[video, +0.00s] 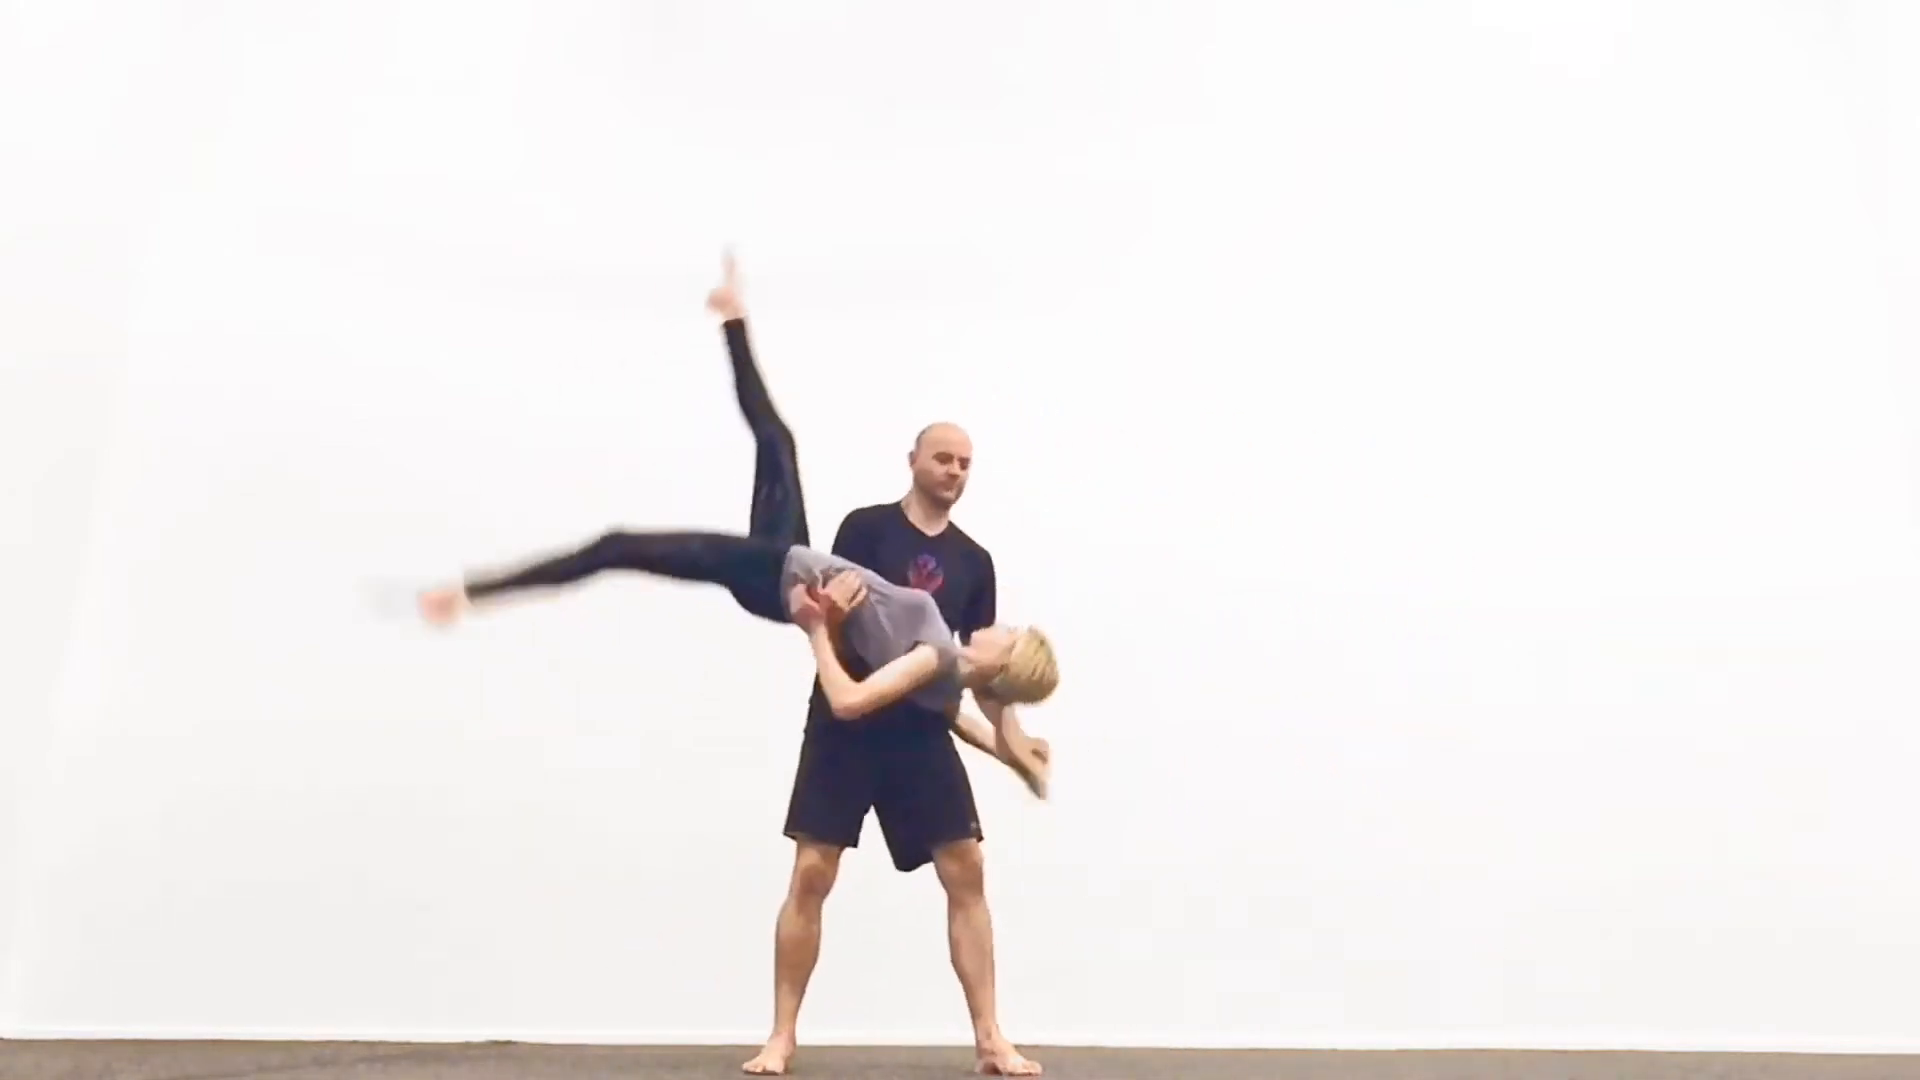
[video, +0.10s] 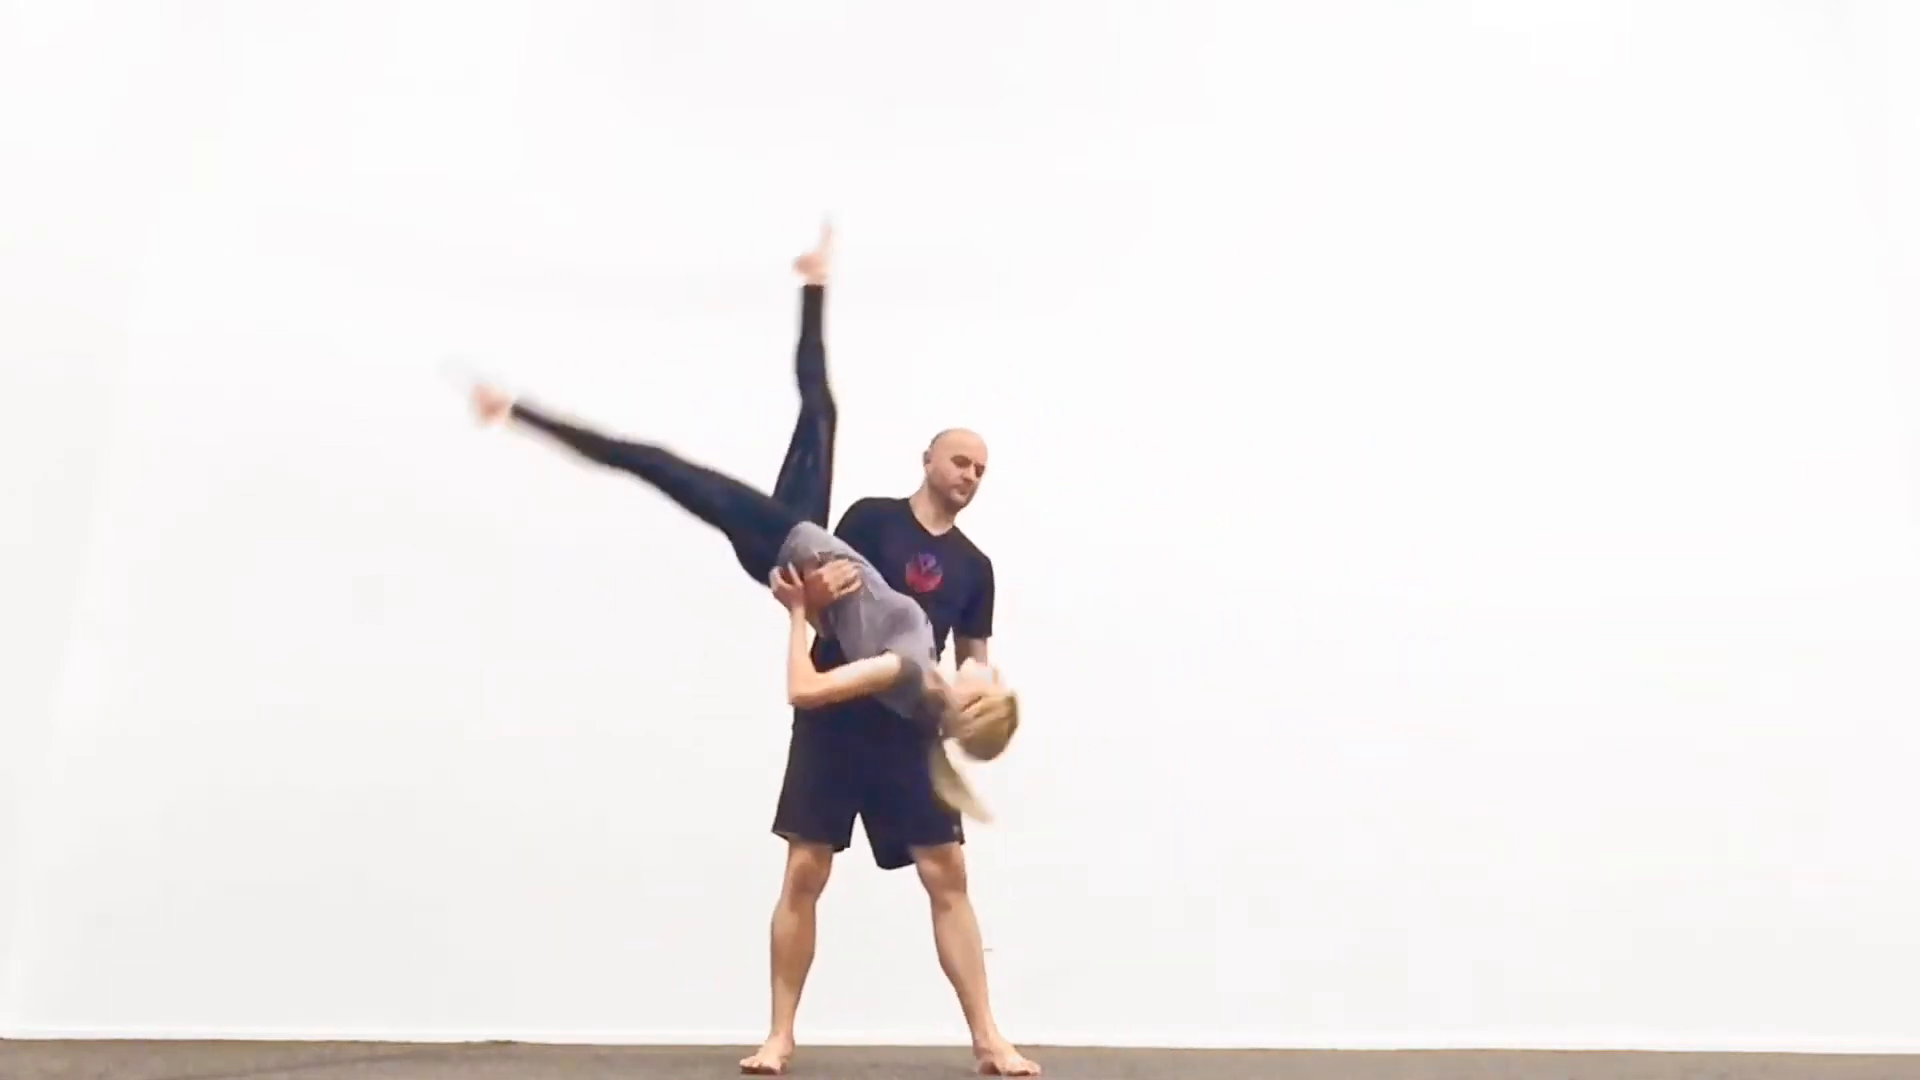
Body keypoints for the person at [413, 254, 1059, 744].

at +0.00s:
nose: (987, 636)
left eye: (996, 646)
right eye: (999, 634)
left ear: (994, 671)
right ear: (998, 646)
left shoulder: (932, 662)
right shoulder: (960, 650)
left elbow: (846, 702)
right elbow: (974, 721)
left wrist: (823, 629)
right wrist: (1018, 756)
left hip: (761, 578)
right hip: (792, 553)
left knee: (618, 547)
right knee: (775, 444)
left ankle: (469, 595)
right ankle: (736, 325)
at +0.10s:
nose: (973, 683)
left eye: (975, 692)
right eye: (982, 685)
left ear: (964, 712)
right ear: (974, 696)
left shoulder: (903, 668)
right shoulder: (935, 681)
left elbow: (806, 694)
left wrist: (800, 615)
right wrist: (830, 590)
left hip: (770, 546)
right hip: (807, 531)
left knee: (652, 463)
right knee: (818, 414)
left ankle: (512, 411)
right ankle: (814, 285)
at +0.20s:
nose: (932, 722)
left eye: (927, 728)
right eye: (936, 726)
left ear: (904, 737)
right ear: (929, 727)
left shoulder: (872, 675)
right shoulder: (902, 682)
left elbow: (772, 672)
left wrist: (780, 591)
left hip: (786, 521)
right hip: (827, 512)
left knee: (712, 400)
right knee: (873, 398)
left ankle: (634, 298)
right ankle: (912, 282)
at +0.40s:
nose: (873, 757)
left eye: (853, 760)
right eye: (873, 768)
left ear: (828, 740)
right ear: (859, 752)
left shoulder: (831, 679)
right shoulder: (884, 713)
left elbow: (736, 646)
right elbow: (932, 724)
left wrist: (772, 567)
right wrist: (930, 715)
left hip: (829, 496)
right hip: (870, 509)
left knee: (869, 364)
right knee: (987, 455)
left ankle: (902, 240)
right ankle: (1102, 401)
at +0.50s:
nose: (850, 770)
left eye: (833, 772)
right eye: (848, 779)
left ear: (807, 747)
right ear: (844, 759)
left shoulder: (825, 684)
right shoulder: (873, 720)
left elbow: (744, 627)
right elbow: (939, 727)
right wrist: (924, 713)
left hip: (865, 497)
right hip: (914, 531)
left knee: (945, 380)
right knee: (1045, 521)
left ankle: (1020, 264)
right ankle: (1171, 514)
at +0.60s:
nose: (850, 781)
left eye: (832, 779)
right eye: (844, 787)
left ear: (816, 752)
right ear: (838, 762)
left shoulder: (832, 681)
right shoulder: (882, 725)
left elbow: (756, 623)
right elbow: (947, 729)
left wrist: (811, 567)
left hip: (923, 515)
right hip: (956, 573)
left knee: (1026, 416)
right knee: (1068, 619)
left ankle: (1129, 318)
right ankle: (1194, 673)